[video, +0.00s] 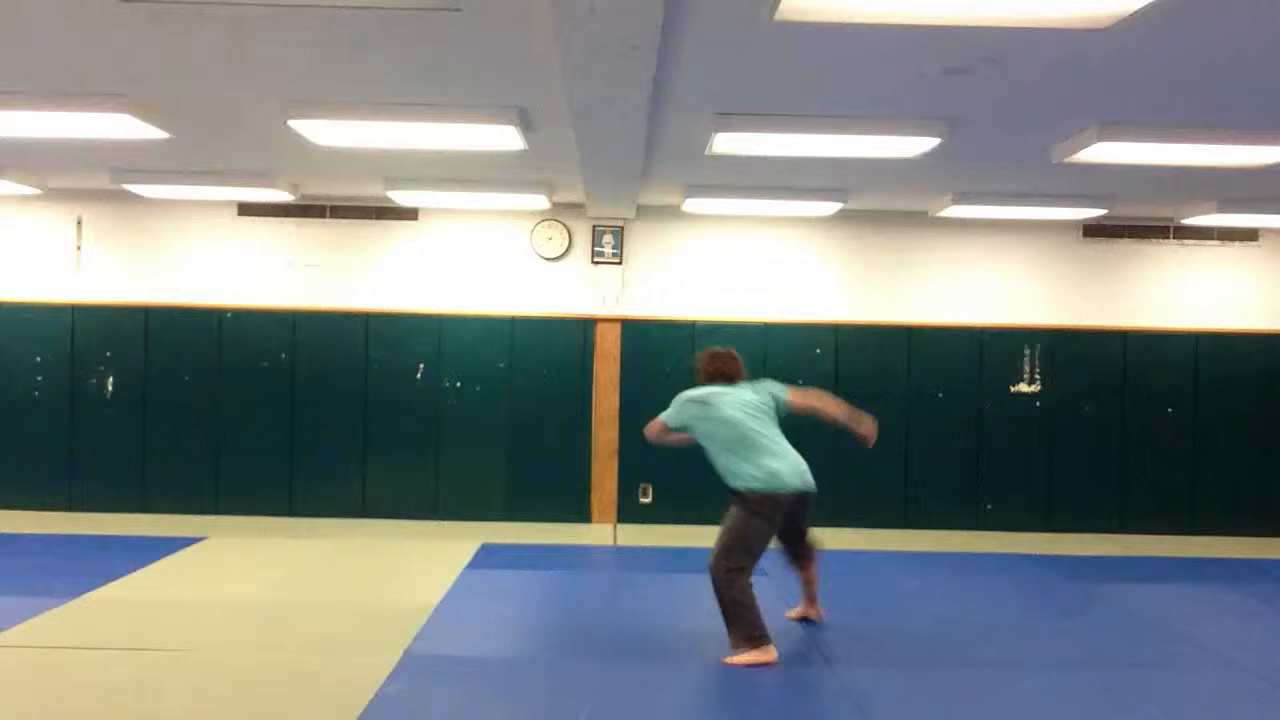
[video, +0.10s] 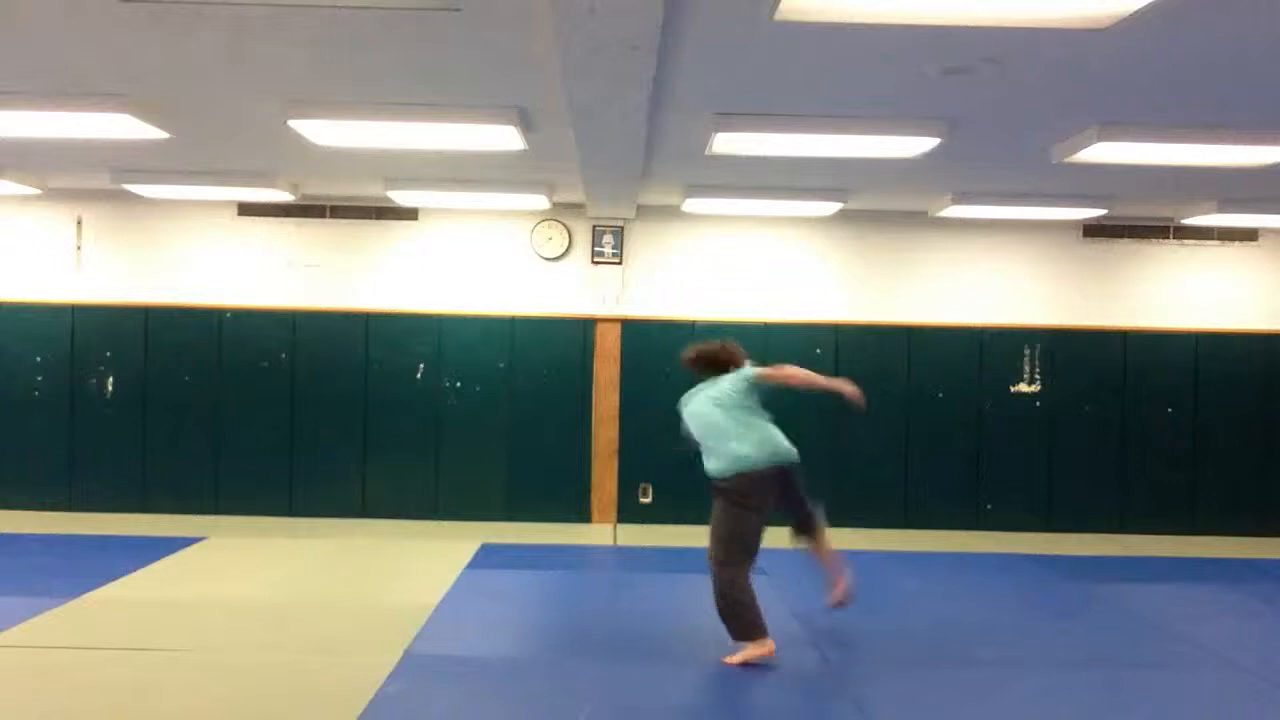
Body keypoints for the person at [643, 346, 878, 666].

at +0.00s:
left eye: (699, 373)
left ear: (702, 376)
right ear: (737, 374)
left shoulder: (692, 400)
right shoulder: (760, 389)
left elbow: (652, 433)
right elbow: (815, 399)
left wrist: (696, 435)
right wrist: (858, 420)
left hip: (761, 490)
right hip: (800, 485)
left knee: (727, 567)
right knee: (797, 541)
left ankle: (756, 645)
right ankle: (811, 606)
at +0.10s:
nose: (746, 364)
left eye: (746, 362)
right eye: (742, 361)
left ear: (699, 370)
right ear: (731, 364)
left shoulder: (689, 402)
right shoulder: (740, 377)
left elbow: (697, 436)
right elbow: (788, 374)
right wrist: (837, 384)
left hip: (736, 479)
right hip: (779, 465)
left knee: (727, 563)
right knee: (806, 519)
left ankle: (755, 640)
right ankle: (837, 577)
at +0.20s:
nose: (770, 398)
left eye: (772, 392)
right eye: (767, 388)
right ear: (751, 375)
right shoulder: (724, 385)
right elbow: (750, 372)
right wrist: (796, 374)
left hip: (695, 459)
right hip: (721, 431)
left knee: (717, 534)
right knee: (780, 433)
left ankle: (730, 617)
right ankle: (828, 435)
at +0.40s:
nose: (797, 409)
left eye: (800, 407)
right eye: (793, 400)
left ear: (793, 417)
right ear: (773, 397)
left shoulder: (749, 446)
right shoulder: (752, 398)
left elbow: (703, 480)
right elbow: (720, 400)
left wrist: (717, 497)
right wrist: (767, 412)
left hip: (690, 478)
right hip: (687, 436)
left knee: (698, 549)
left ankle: (693, 639)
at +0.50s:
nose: (797, 399)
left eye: (799, 394)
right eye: (792, 390)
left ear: (789, 401)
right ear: (770, 387)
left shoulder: (752, 437)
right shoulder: (744, 390)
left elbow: (707, 451)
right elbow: (705, 396)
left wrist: (721, 473)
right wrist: (751, 419)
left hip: (682, 476)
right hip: (654, 445)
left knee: (694, 549)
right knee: (596, 495)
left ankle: (685, 639)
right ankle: (544, 535)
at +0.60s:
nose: (762, 377)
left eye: (768, 373)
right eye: (758, 367)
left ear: (769, 383)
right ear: (738, 365)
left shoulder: (745, 424)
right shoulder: (700, 380)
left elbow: (720, 466)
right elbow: (649, 399)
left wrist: (720, 460)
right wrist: (691, 422)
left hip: (679, 485)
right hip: (636, 471)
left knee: (697, 553)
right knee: (598, 544)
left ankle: (686, 639)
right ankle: (578, 606)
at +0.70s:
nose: (704, 359)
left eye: (713, 355)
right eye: (700, 350)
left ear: (719, 362)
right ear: (684, 349)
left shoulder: (721, 400)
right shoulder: (652, 378)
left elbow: (726, 452)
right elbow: (615, 412)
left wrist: (690, 435)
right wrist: (633, 429)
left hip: (677, 482)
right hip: (631, 476)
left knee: (695, 551)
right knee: (597, 549)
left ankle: (691, 637)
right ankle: (588, 612)